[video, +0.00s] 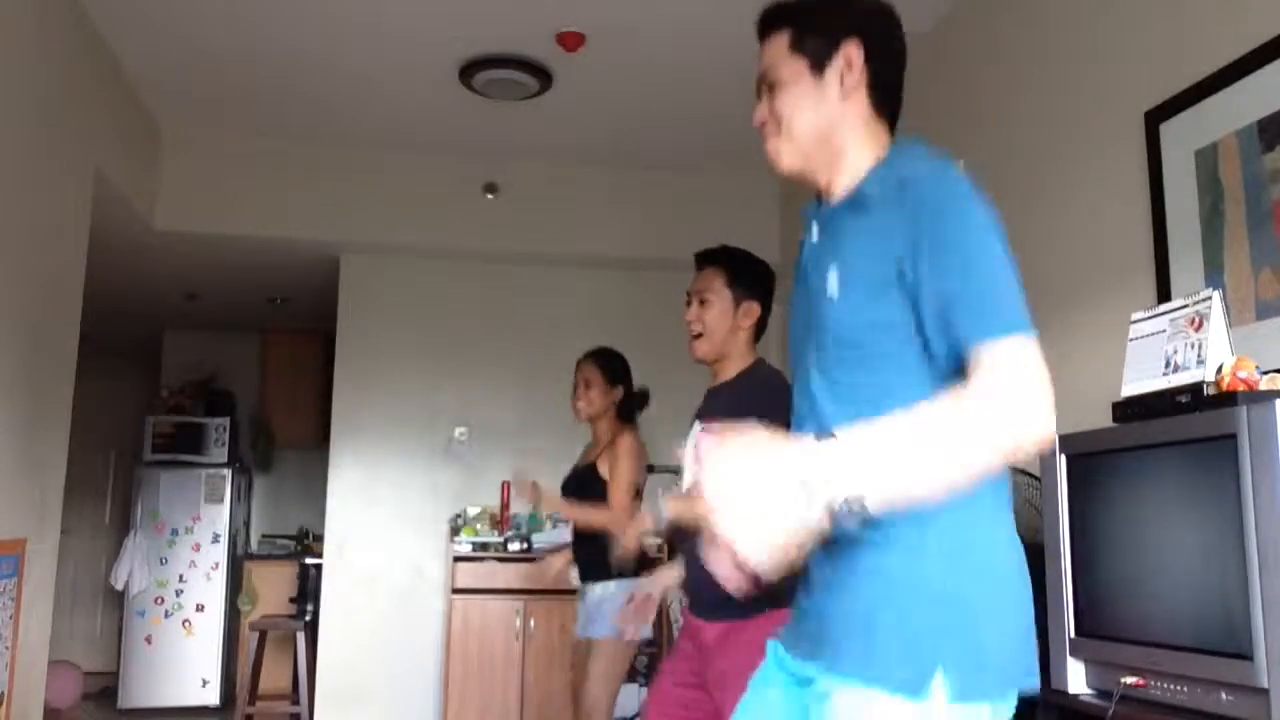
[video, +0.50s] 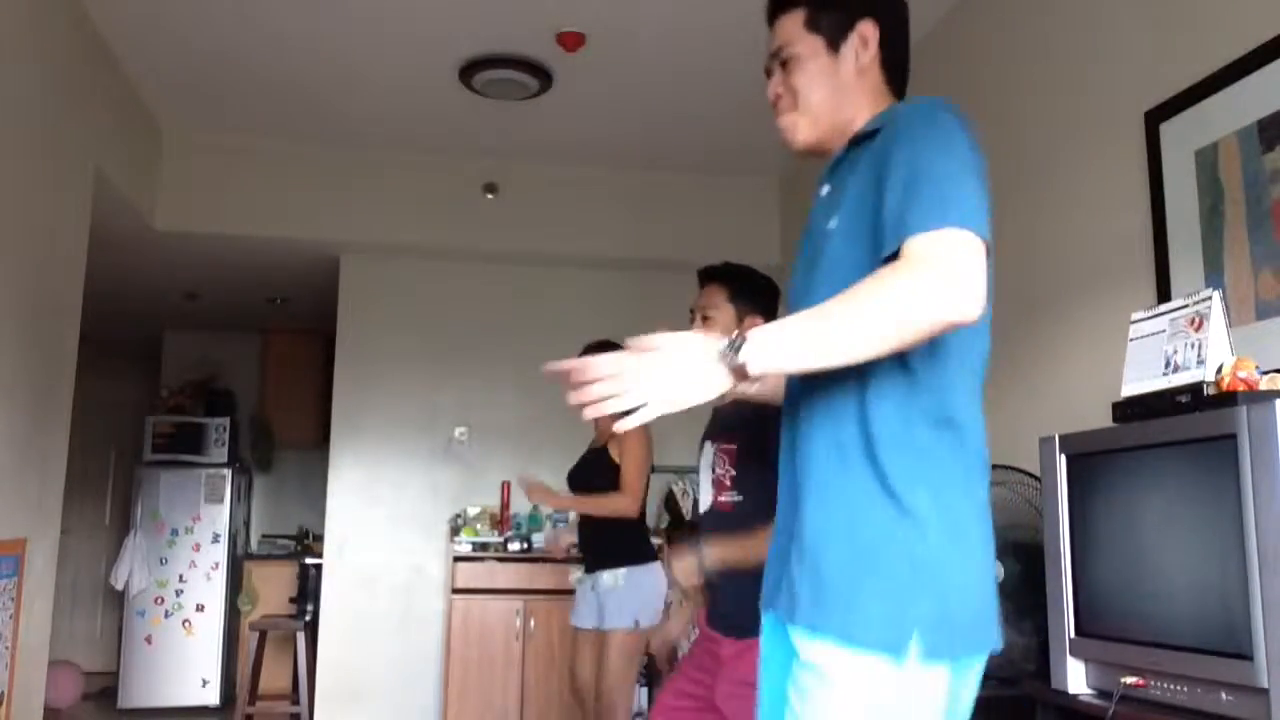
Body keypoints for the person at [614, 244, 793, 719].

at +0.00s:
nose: (690, 316)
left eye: (704, 302)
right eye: (689, 303)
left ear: (748, 314)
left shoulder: (767, 394)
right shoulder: (715, 397)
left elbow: (766, 515)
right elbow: (718, 515)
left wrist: (669, 512)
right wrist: (664, 579)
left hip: (756, 629)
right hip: (700, 625)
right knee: (662, 713)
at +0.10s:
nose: (688, 305)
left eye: (701, 290)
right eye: (687, 292)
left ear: (746, 299)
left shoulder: (778, 384)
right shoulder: (708, 389)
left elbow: (800, 481)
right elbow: (718, 504)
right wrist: (663, 512)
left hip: (755, 618)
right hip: (693, 612)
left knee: (751, 712)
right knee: (656, 713)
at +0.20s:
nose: (687, 302)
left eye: (700, 288)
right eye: (686, 288)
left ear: (745, 296)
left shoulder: (777, 374)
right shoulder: (712, 383)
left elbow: (812, 481)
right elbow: (696, 491)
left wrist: (746, 454)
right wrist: (623, 435)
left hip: (751, 608)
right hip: (695, 607)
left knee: (749, 714)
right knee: (674, 714)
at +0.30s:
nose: (688, 313)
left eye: (701, 299)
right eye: (689, 300)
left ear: (747, 311)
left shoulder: (759, 398)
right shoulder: (712, 399)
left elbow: (763, 508)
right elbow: (704, 506)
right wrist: (645, 485)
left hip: (738, 605)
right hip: (701, 603)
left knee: (731, 712)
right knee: (691, 712)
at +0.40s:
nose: (701, 319)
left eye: (711, 307)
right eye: (701, 308)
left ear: (750, 322)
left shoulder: (779, 409)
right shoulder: (716, 410)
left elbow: (806, 527)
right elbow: (711, 517)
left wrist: (741, 599)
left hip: (757, 630)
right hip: (703, 625)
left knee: (745, 713)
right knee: (688, 713)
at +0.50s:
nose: (694, 332)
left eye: (707, 319)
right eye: (694, 319)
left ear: (752, 328)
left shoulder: (784, 417)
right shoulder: (723, 417)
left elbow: (801, 528)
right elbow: (715, 525)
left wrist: (705, 554)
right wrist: (681, 614)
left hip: (764, 643)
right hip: (713, 636)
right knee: (667, 713)